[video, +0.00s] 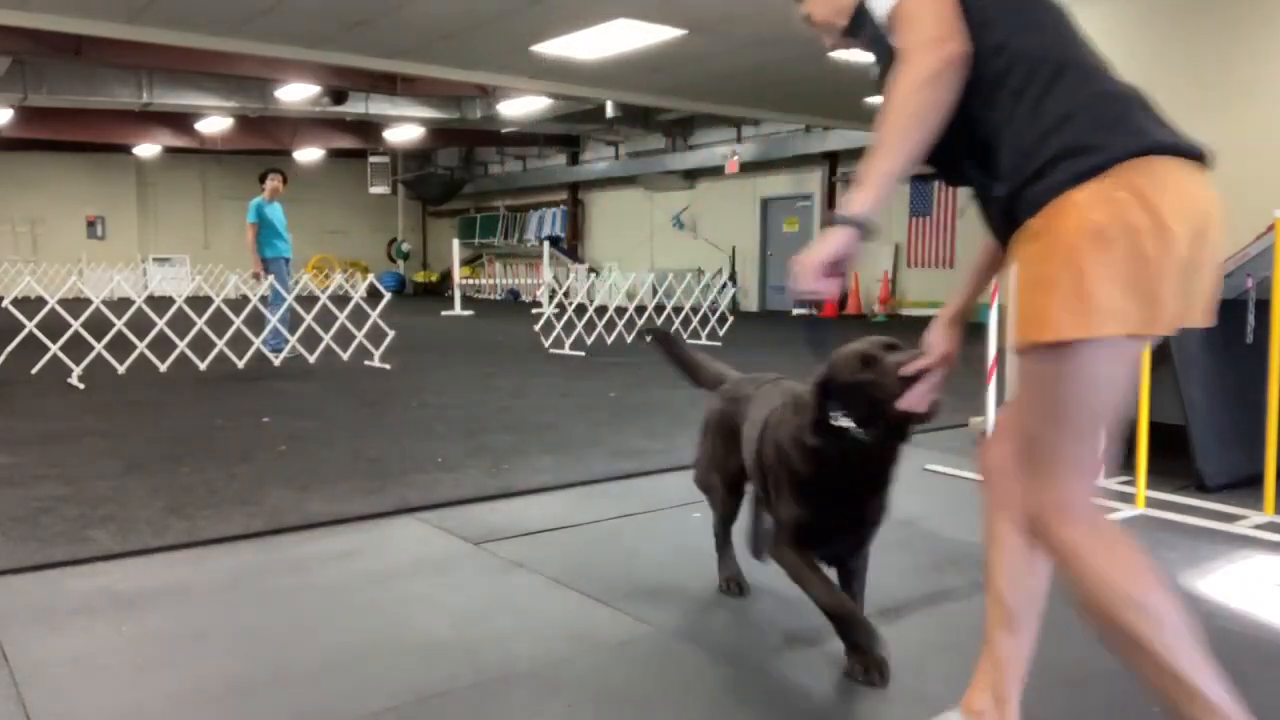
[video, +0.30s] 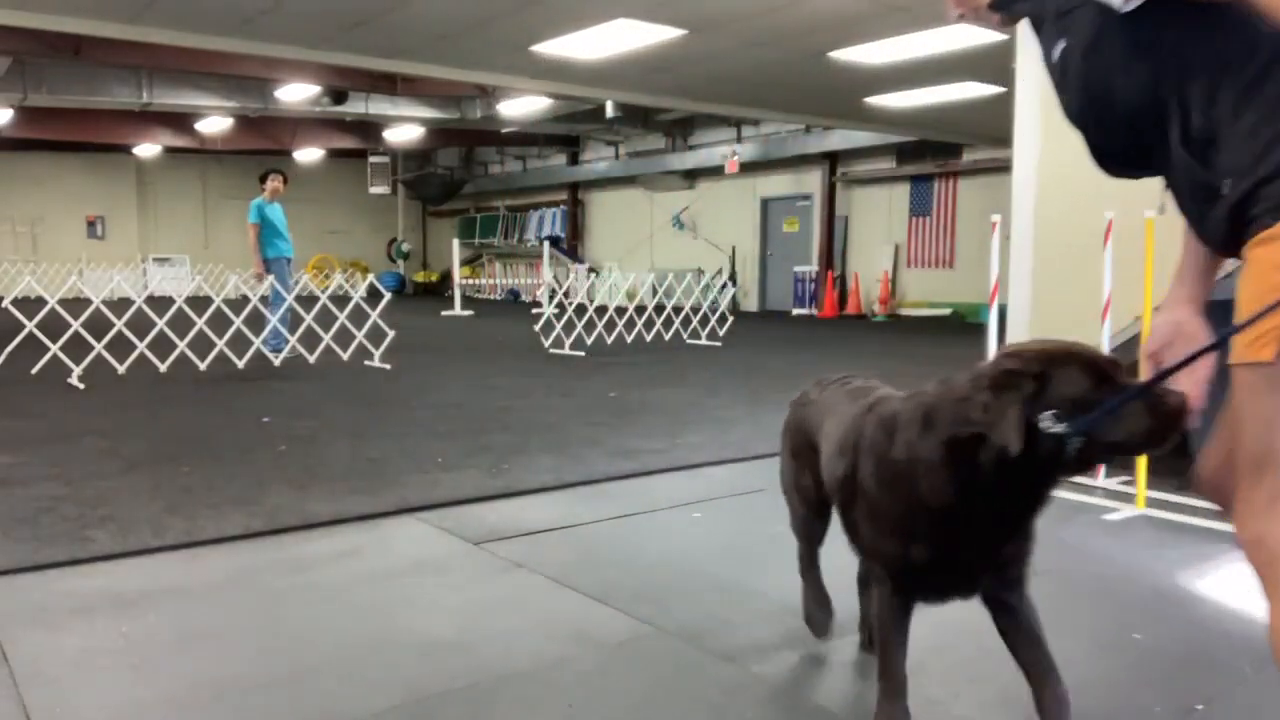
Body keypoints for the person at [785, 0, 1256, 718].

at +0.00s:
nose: (804, 13)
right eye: (799, 8)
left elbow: (938, 52)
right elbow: (1025, 190)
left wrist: (850, 219)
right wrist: (952, 314)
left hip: (1106, 197)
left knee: (1059, 506)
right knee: (1008, 461)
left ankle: (1222, 709)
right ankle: (993, 703)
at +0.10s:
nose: (863, 26)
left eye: (858, 9)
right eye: (856, 19)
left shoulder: (957, 5)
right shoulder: (990, 75)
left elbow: (1068, 33)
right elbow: (1107, 208)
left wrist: (1032, 206)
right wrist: (1034, 329)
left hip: (1205, 225)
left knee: (1190, 548)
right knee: (1064, 446)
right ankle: (1089, 700)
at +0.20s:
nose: (910, 20)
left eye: (904, 1)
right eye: (902, 12)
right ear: (933, 11)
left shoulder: (1032, 7)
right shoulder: (1030, 53)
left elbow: (1180, 11)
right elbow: (1159, 178)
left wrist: (1233, 160)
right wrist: (1128, 310)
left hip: (1252, 217)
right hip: (1216, 232)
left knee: (1215, 536)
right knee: (1129, 452)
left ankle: (1261, 697)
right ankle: (1262, 639)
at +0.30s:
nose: (952, 7)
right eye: (945, 5)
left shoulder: (1068, 5)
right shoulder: (1061, 30)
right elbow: (1208, 133)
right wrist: (1184, 301)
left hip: (1269, 213)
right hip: (1253, 227)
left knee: (1264, 514)